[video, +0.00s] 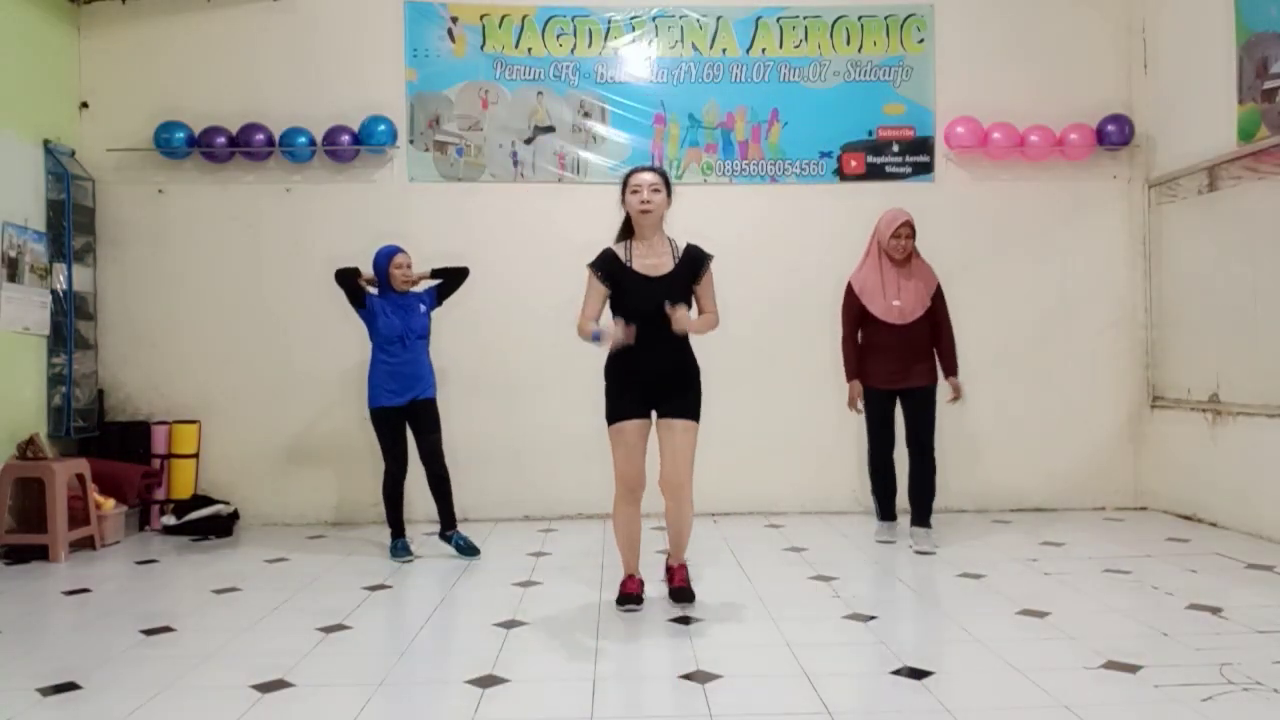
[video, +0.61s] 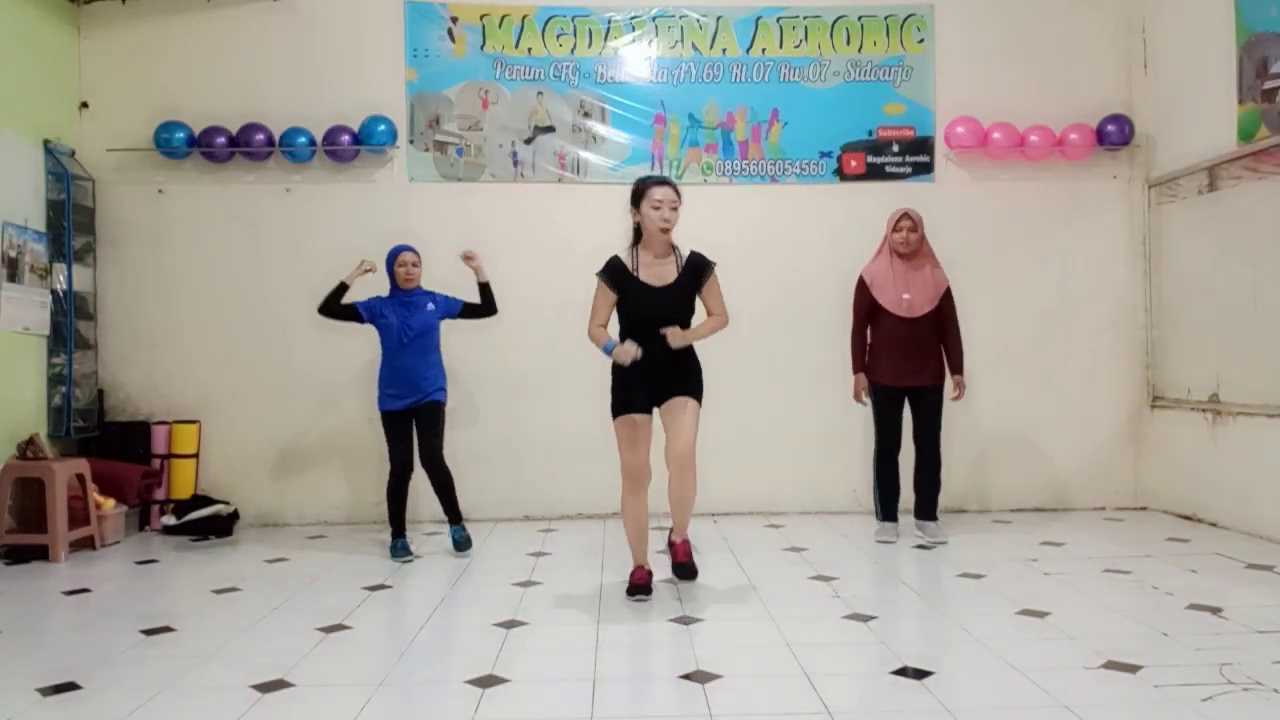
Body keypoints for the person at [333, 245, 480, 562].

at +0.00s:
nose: (407, 272)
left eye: (409, 266)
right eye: (399, 267)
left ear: (413, 272)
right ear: (384, 274)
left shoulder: (423, 301)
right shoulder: (371, 305)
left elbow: (461, 273)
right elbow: (343, 275)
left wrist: (423, 275)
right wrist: (364, 278)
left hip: (421, 394)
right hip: (385, 398)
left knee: (435, 461)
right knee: (396, 466)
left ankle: (449, 529)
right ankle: (398, 537)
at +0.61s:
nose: (409, 269)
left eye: (414, 265)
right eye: (402, 265)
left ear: (421, 270)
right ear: (391, 272)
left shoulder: (434, 302)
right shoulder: (380, 306)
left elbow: (488, 309)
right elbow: (327, 309)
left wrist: (479, 271)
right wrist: (351, 278)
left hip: (430, 393)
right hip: (394, 397)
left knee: (432, 459)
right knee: (400, 467)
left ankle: (457, 526)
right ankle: (398, 538)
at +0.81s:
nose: (421, 272)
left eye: (427, 267)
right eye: (415, 267)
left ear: (435, 272)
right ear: (404, 273)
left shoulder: (445, 307)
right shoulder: (392, 311)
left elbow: (493, 332)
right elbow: (357, 351)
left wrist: (506, 298)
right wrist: (366, 325)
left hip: (442, 400)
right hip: (405, 402)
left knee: (446, 467)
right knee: (410, 469)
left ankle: (458, 533)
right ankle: (399, 538)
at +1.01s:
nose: (431, 270)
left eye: (437, 265)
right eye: (424, 264)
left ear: (445, 271)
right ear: (415, 270)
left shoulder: (458, 304)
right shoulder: (403, 308)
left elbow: (488, 345)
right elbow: (391, 353)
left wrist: (505, 333)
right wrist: (391, 373)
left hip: (455, 394)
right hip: (419, 394)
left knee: (457, 461)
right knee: (431, 451)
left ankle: (459, 533)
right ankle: (415, 525)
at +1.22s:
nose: (435, 274)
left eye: (441, 269)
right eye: (429, 269)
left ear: (450, 273)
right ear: (420, 274)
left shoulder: (464, 308)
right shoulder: (408, 313)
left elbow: (479, 347)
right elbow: (388, 360)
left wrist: (491, 379)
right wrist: (404, 383)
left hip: (459, 401)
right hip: (423, 402)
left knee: (457, 467)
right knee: (431, 468)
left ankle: (459, 533)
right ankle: (431, 536)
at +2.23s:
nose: (459, 279)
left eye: (465, 273)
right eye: (453, 273)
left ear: (473, 275)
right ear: (443, 275)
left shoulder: (485, 306)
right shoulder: (429, 308)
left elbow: (507, 349)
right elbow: (413, 358)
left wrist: (493, 352)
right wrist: (438, 350)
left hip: (478, 396)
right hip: (441, 398)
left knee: (477, 462)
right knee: (445, 464)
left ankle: (486, 526)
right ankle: (440, 534)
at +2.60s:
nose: (464, 278)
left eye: (470, 274)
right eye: (458, 274)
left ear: (479, 276)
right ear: (450, 277)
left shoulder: (492, 302)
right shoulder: (439, 303)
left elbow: (490, 337)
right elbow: (436, 339)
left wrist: (472, 300)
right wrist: (455, 299)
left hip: (485, 394)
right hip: (450, 395)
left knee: (484, 461)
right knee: (457, 460)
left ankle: (485, 527)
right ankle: (457, 526)